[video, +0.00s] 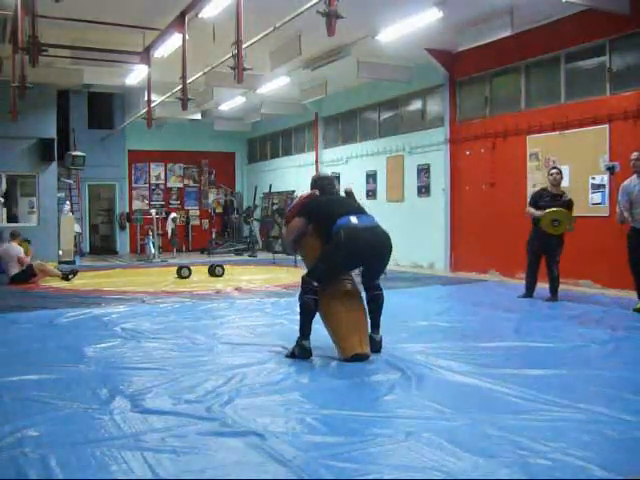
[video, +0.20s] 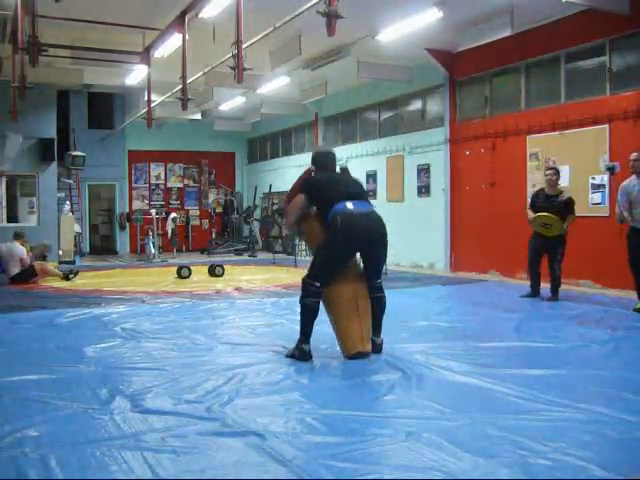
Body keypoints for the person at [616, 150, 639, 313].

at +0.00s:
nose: (634, 163)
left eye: (636, 160)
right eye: (632, 160)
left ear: (639, 163)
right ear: (630, 163)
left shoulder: (628, 186)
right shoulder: (627, 185)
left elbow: (623, 207)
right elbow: (623, 206)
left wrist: (627, 216)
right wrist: (626, 217)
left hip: (635, 229)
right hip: (634, 228)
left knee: (636, 266)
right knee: (635, 266)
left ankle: (639, 300)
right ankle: (639, 299)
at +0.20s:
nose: (633, 164)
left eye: (636, 160)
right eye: (632, 161)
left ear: (639, 164)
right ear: (629, 164)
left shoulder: (627, 187)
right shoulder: (626, 186)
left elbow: (623, 209)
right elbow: (624, 209)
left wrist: (629, 219)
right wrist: (629, 220)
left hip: (635, 229)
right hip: (634, 228)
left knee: (635, 266)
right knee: (635, 266)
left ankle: (638, 300)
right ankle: (638, 299)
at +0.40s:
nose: (633, 164)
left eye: (635, 161)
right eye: (632, 161)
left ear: (639, 164)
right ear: (629, 164)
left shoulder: (627, 187)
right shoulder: (626, 186)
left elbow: (623, 211)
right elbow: (623, 210)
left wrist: (628, 219)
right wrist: (628, 219)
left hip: (634, 229)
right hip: (634, 229)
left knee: (635, 267)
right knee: (635, 267)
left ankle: (638, 300)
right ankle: (638, 300)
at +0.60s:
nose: (633, 165)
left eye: (635, 161)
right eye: (631, 162)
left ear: (639, 164)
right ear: (628, 165)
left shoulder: (627, 188)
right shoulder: (626, 187)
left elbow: (622, 211)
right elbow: (622, 210)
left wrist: (627, 218)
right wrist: (626, 217)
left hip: (634, 228)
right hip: (634, 228)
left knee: (635, 266)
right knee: (635, 266)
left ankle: (638, 300)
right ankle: (638, 300)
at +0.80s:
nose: (633, 165)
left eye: (636, 161)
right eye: (632, 162)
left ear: (639, 165)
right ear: (629, 165)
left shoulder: (627, 187)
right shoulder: (626, 186)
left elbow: (622, 211)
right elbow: (622, 210)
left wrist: (627, 219)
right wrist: (626, 218)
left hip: (634, 229)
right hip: (634, 228)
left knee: (635, 267)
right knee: (635, 267)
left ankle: (638, 300)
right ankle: (638, 300)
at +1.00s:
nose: (634, 165)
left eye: (636, 161)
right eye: (633, 162)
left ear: (639, 165)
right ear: (630, 165)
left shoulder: (628, 187)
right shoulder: (627, 186)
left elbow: (622, 212)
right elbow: (622, 211)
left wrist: (628, 218)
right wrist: (627, 218)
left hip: (635, 228)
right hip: (635, 228)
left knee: (636, 268)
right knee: (636, 268)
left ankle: (639, 300)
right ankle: (638, 300)